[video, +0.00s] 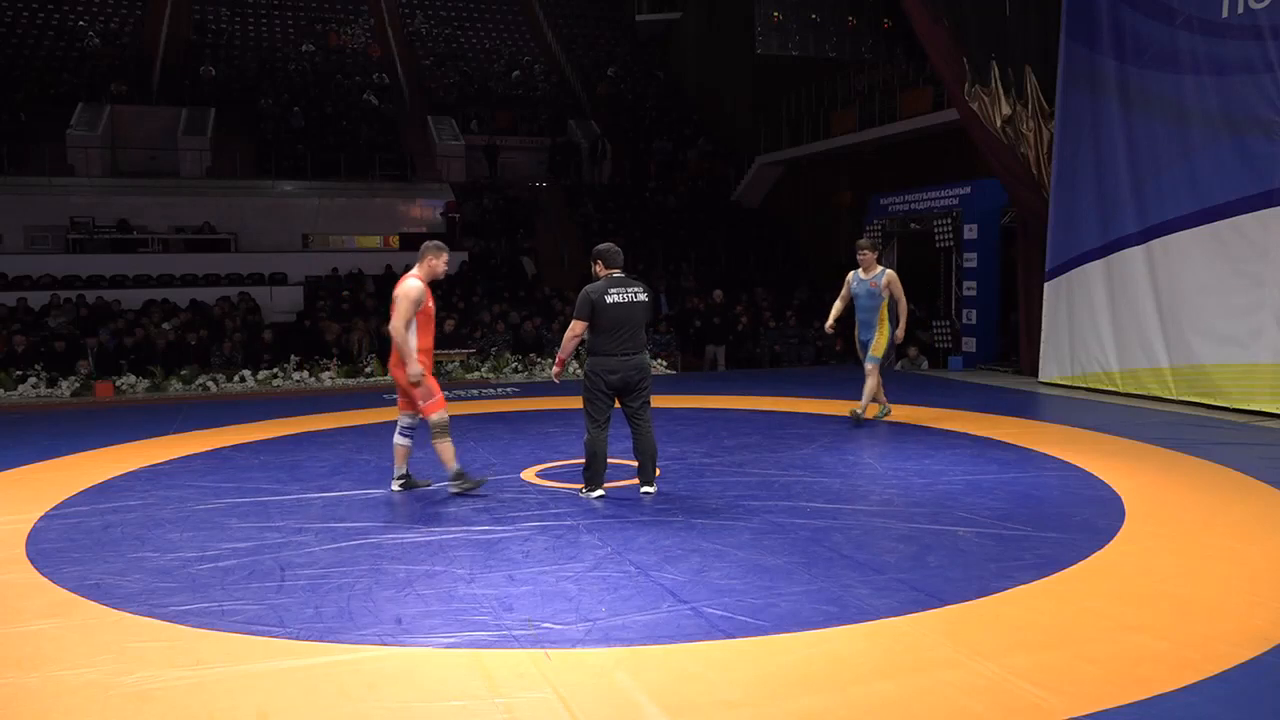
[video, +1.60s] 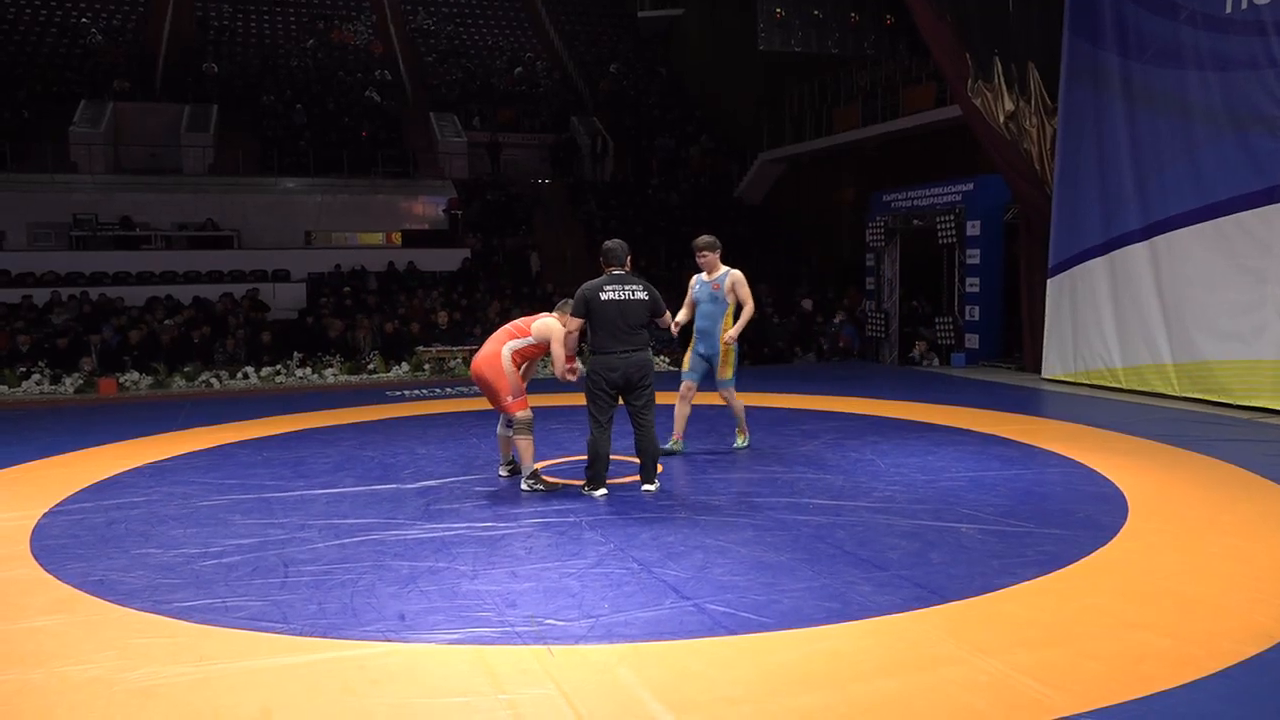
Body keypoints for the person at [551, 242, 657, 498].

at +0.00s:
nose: (593, 269)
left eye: (593, 266)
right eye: (593, 265)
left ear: (600, 265)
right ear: (620, 264)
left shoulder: (591, 293)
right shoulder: (641, 290)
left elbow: (576, 332)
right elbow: (640, 324)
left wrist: (559, 362)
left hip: (601, 367)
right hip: (637, 365)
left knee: (597, 427)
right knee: (642, 422)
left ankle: (594, 485)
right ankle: (648, 481)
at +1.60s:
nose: (630, 262)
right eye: (629, 259)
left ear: (602, 263)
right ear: (628, 261)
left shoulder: (588, 290)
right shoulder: (644, 288)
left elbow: (572, 329)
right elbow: (665, 321)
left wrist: (570, 359)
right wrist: (642, 311)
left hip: (603, 364)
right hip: (639, 362)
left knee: (600, 425)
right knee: (644, 421)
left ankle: (596, 483)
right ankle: (649, 479)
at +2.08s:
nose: (619, 263)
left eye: (619, 260)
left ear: (620, 262)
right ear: (648, 261)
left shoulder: (608, 287)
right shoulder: (663, 290)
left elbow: (590, 324)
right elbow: (664, 323)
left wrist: (613, 332)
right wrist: (642, 326)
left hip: (616, 362)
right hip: (651, 361)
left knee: (605, 421)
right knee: (650, 421)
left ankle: (596, 479)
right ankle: (650, 480)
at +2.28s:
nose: (624, 264)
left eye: (625, 261)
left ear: (627, 263)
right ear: (653, 262)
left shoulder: (615, 286)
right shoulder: (670, 289)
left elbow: (597, 324)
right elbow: (672, 323)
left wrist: (621, 330)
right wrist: (650, 324)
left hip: (622, 362)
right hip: (657, 363)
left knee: (609, 420)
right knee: (654, 420)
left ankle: (599, 476)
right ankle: (653, 480)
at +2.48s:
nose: (629, 263)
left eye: (630, 260)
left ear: (633, 262)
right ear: (659, 261)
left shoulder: (620, 288)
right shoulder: (674, 289)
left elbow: (603, 323)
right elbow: (679, 324)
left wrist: (627, 317)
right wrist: (655, 318)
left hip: (627, 361)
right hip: (663, 361)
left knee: (614, 420)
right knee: (660, 421)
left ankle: (603, 475)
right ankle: (657, 480)